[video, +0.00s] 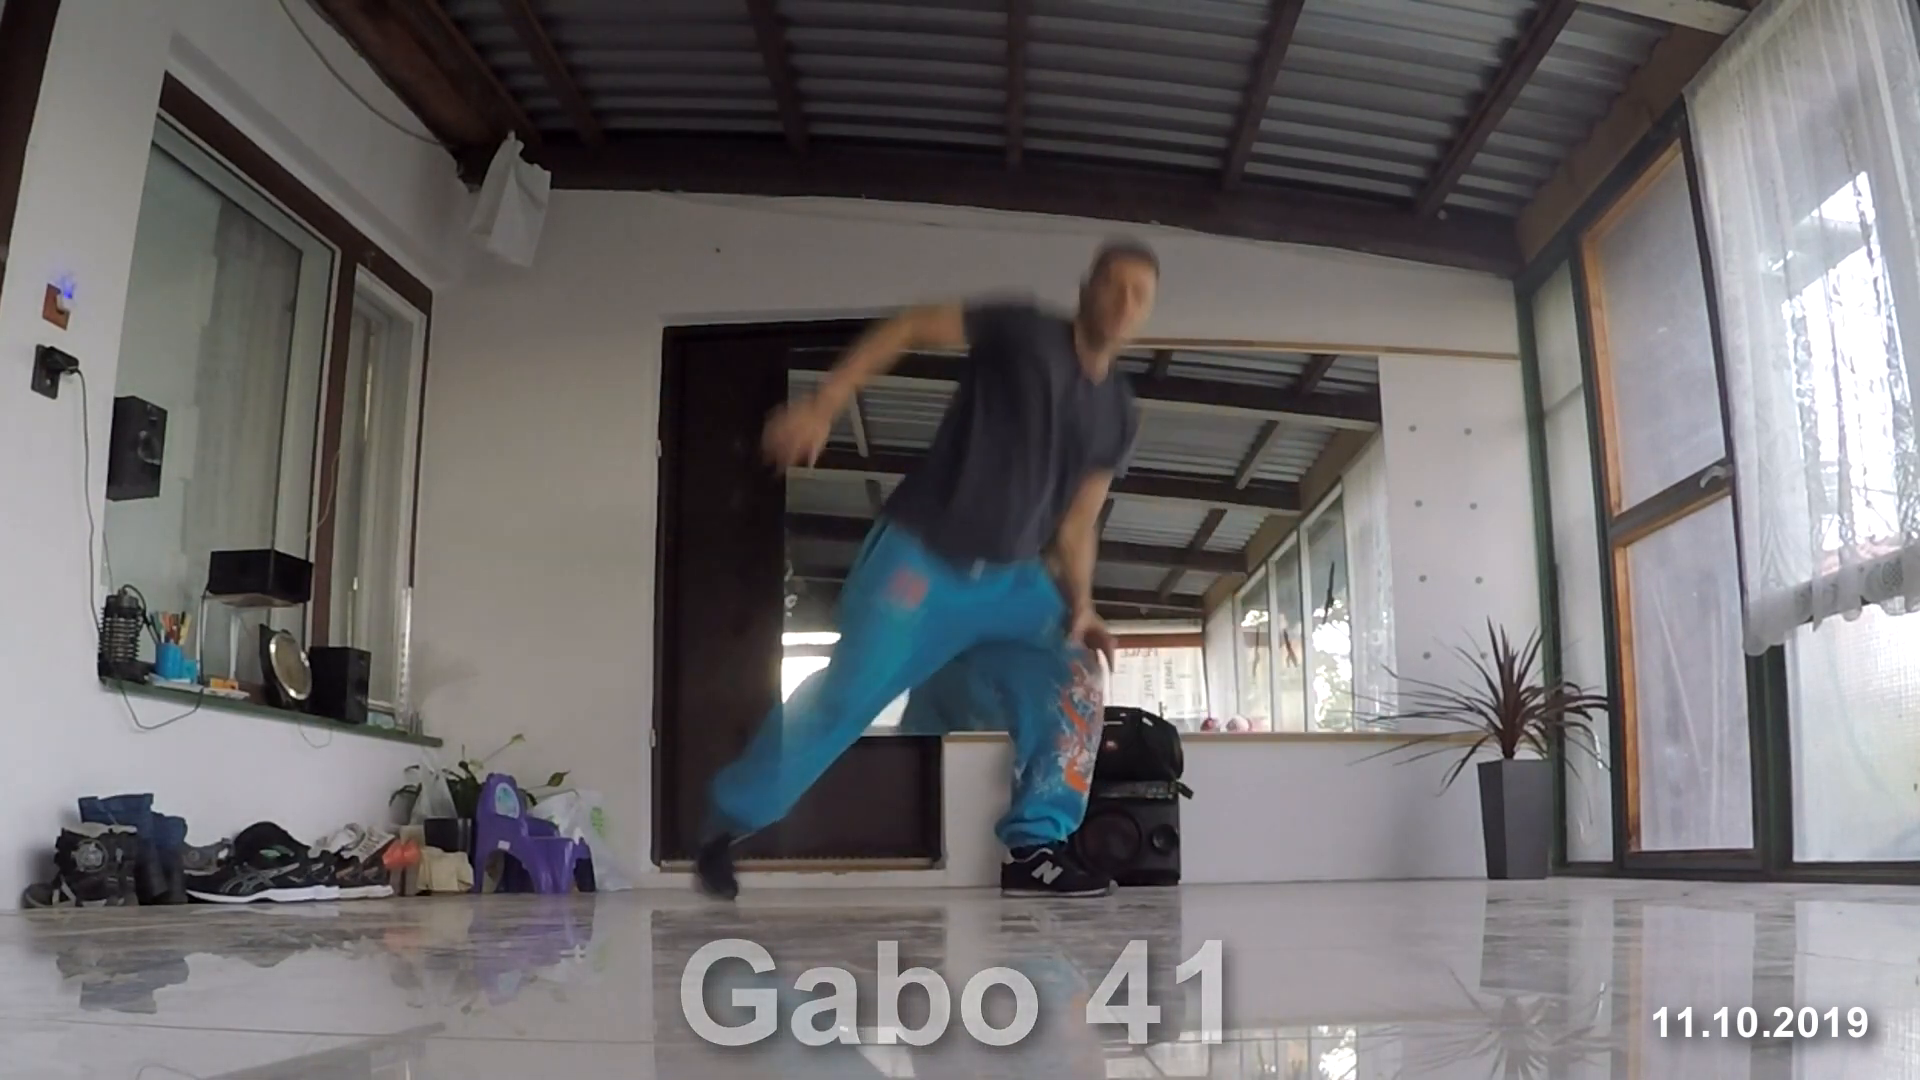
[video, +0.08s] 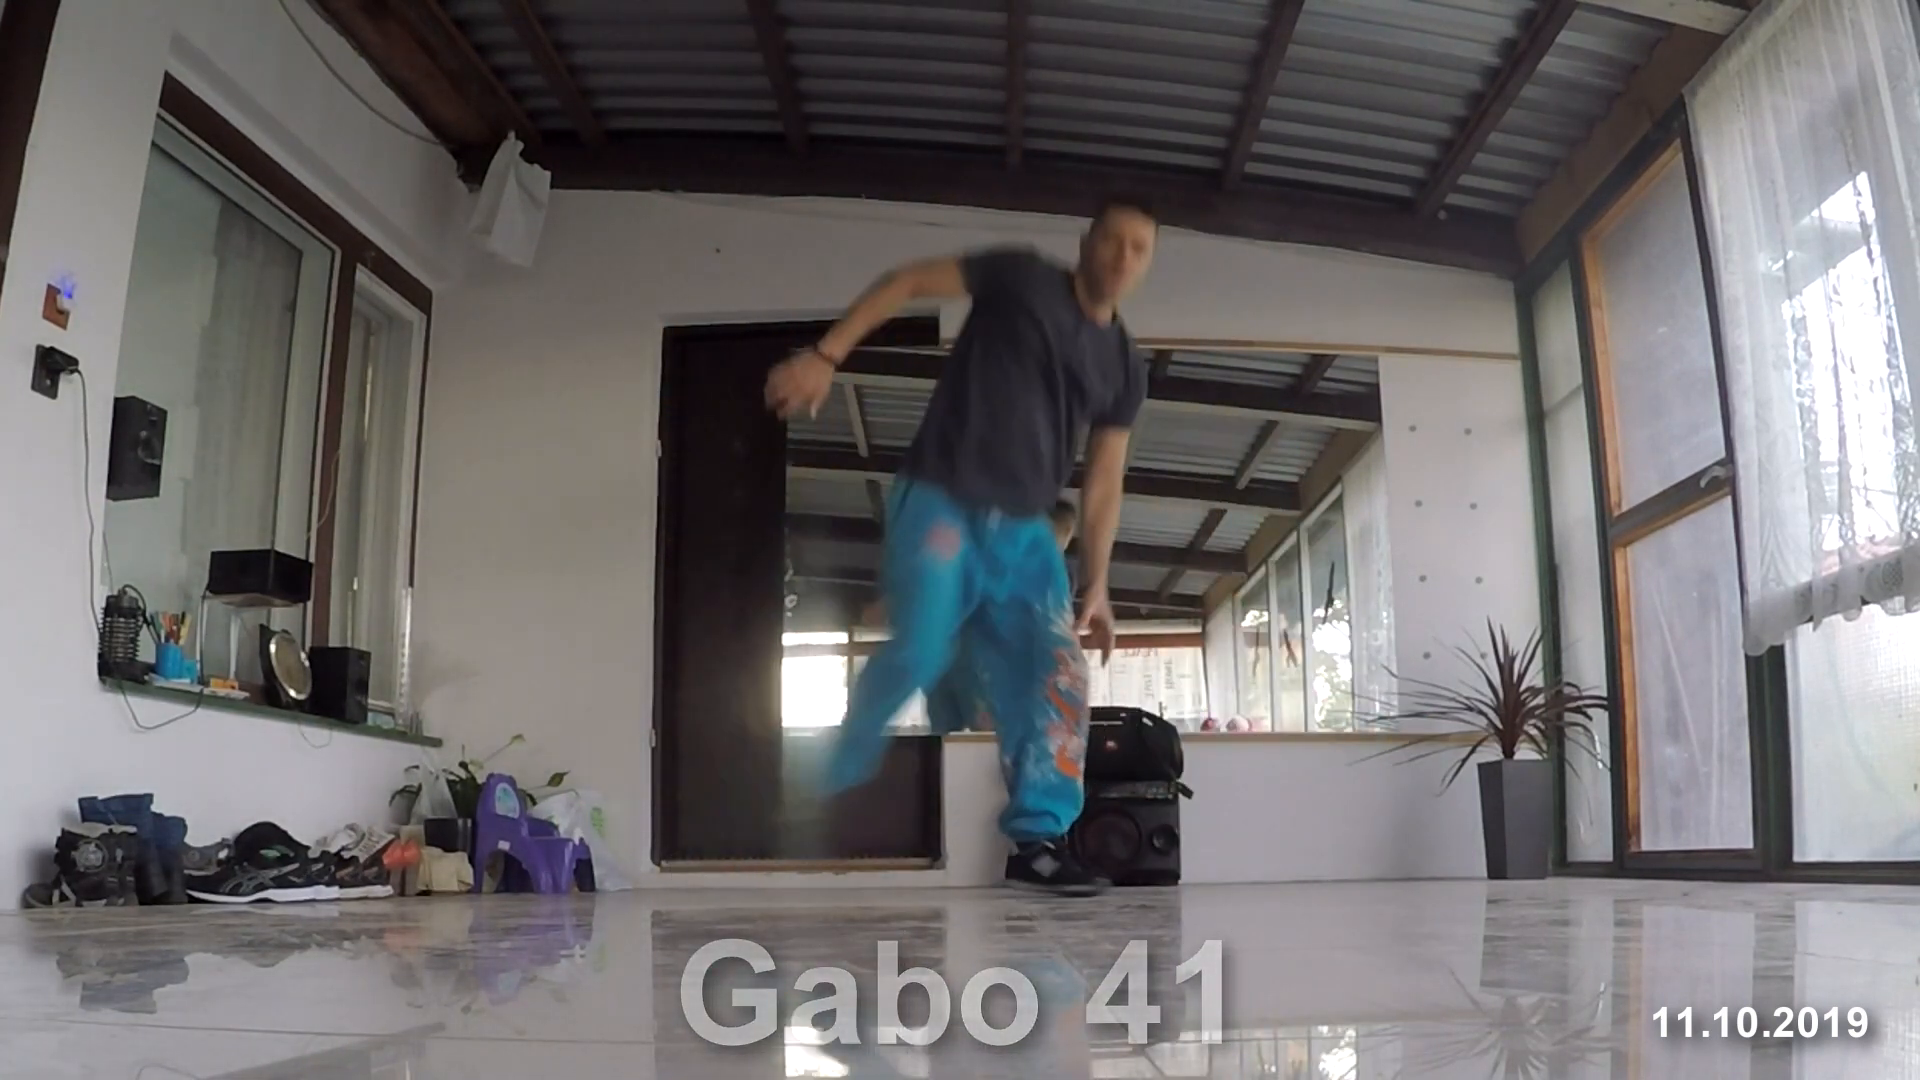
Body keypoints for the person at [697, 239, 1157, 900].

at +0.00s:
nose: (1122, 302)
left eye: (1137, 295)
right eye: (1113, 285)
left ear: (1147, 313)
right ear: (1087, 288)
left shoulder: (1118, 413)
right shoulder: (1023, 330)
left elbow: (1079, 523)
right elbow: (905, 328)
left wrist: (1082, 607)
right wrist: (821, 406)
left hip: (1014, 579)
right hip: (922, 557)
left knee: (1074, 681)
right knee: (850, 694)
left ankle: (1035, 849)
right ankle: (727, 825)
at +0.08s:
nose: (1122, 258)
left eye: (1137, 249)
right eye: (1112, 241)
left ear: (1147, 264)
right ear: (1087, 241)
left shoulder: (1123, 367)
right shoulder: (1021, 275)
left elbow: (1104, 481)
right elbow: (906, 282)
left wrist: (1096, 583)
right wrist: (824, 356)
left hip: (1025, 525)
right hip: (940, 500)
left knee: (1053, 674)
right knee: (919, 653)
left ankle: (1036, 842)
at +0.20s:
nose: (1121, 225)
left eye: (1136, 217)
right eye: (1110, 209)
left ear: (1146, 233)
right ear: (1083, 209)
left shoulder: (1131, 339)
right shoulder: (1016, 250)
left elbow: (1125, 456)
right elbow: (903, 286)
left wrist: (1135, 555)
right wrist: (822, 361)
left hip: (1048, 497)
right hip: (970, 471)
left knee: (1058, 649)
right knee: (1009, 616)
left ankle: (1017, 812)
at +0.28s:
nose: (1110, 243)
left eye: (1124, 232)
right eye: (1099, 227)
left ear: (1138, 245)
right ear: (1071, 228)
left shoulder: (1139, 346)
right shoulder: (1012, 285)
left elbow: (1179, 453)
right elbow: (919, 333)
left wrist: (1228, 505)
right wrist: (852, 416)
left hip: (1077, 529)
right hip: (1007, 515)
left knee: (1031, 680)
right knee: (1070, 662)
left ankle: (972, 844)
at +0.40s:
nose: (1120, 243)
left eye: (1134, 233)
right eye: (1108, 228)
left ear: (1148, 244)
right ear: (1081, 230)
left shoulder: (1151, 341)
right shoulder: (1023, 289)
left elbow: (1204, 441)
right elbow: (936, 361)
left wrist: (1264, 477)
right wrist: (892, 457)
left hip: (1083, 530)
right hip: (1015, 507)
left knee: (1095, 680)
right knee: (1092, 664)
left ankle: (983, 823)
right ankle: (1157, 821)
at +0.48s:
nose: (1134, 253)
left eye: (1149, 242)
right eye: (1122, 237)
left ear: (1161, 253)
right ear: (1095, 237)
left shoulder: (1162, 345)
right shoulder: (1038, 297)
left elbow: (1218, 449)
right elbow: (953, 378)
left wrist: (1270, 499)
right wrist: (936, 490)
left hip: (1093, 531)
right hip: (1019, 509)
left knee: (1151, 648)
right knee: (1117, 603)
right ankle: (1069, 815)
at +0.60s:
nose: (1131, 256)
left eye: (1145, 244)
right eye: (1118, 241)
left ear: (1160, 254)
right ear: (1091, 246)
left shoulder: (1177, 353)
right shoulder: (1043, 315)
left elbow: (1227, 453)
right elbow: (955, 396)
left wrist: (1255, 510)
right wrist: (958, 483)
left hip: (1129, 544)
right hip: (1047, 521)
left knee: (1188, 673)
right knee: (1120, 634)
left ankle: (1100, 835)